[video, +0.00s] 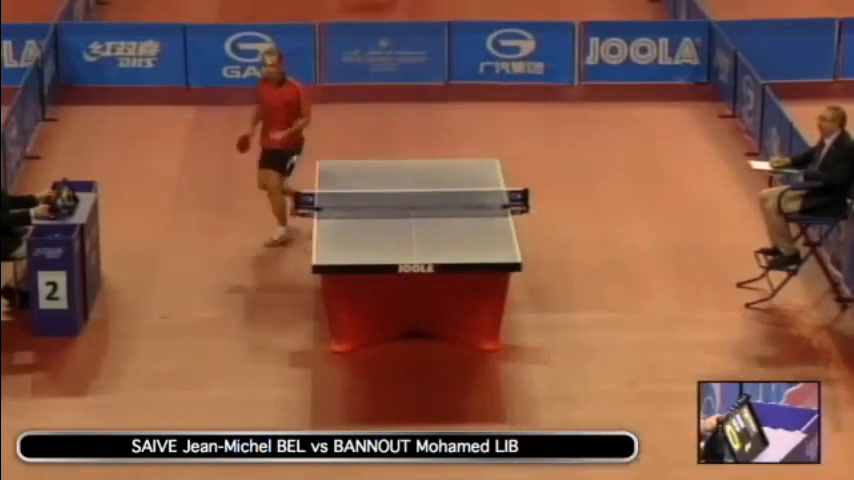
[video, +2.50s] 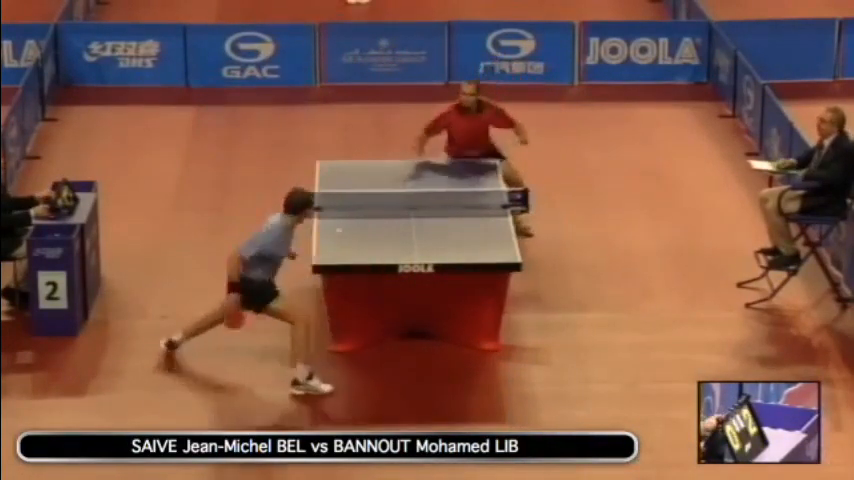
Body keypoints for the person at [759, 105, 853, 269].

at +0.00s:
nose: (819, 123)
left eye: (824, 120)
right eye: (820, 119)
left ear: (837, 124)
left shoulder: (846, 147)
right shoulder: (826, 141)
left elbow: (836, 178)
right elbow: (808, 157)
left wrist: (803, 175)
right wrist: (787, 162)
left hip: (830, 199)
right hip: (815, 191)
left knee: (773, 204)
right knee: (765, 197)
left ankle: (790, 254)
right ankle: (780, 247)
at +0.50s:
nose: (820, 123)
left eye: (825, 120)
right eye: (820, 119)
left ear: (838, 125)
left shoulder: (846, 147)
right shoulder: (826, 141)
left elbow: (836, 178)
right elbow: (808, 158)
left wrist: (803, 174)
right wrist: (787, 161)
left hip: (829, 199)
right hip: (816, 191)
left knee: (773, 204)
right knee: (765, 197)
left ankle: (790, 254)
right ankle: (780, 247)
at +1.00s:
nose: (822, 124)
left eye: (829, 121)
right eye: (824, 120)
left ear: (840, 128)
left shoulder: (846, 148)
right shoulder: (826, 142)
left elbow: (834, 178)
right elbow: (804, 160)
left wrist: (803, 176)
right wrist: (786, 165)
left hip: (828, 199)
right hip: (813, 191)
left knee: (774, 206)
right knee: (765, 197)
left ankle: (790, 254)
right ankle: (780, 246)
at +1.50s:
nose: (822, 124)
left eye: (829, 122)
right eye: (823, 120)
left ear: (840, 128)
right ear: (823, 120)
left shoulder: (846, 148)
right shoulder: (826, 141)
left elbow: (833, 178)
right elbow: (806, 159)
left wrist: (802, 177)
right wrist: (789, 164)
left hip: (829, 199)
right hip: (813, 191)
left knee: (774, 206)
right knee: (765, 197)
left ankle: (790, 254)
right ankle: (780, 247)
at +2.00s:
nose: (818, 125)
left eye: (823, 122)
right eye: (818, 121)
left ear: (836, 127)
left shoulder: (844, 149)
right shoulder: (824, 143)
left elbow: (832, 178)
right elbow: (803, 160)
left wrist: (800, 179)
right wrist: (787, 165)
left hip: (828, 199)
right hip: (813, 191)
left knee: (774, 206)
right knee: (765, 197)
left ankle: (790, 254)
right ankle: (780, 247)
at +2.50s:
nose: (819, 124)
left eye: (824, 122)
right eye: (819, 120)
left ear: (836, 127)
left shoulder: (844, 148)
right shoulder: (825, 143)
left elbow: (833, 177)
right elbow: (804, 160)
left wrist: (803, 175)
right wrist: (790, 164)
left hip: (829, 199)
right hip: (815, 191)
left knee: (773, 206)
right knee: (765, 197)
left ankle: (790, 254)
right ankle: (780, 247)